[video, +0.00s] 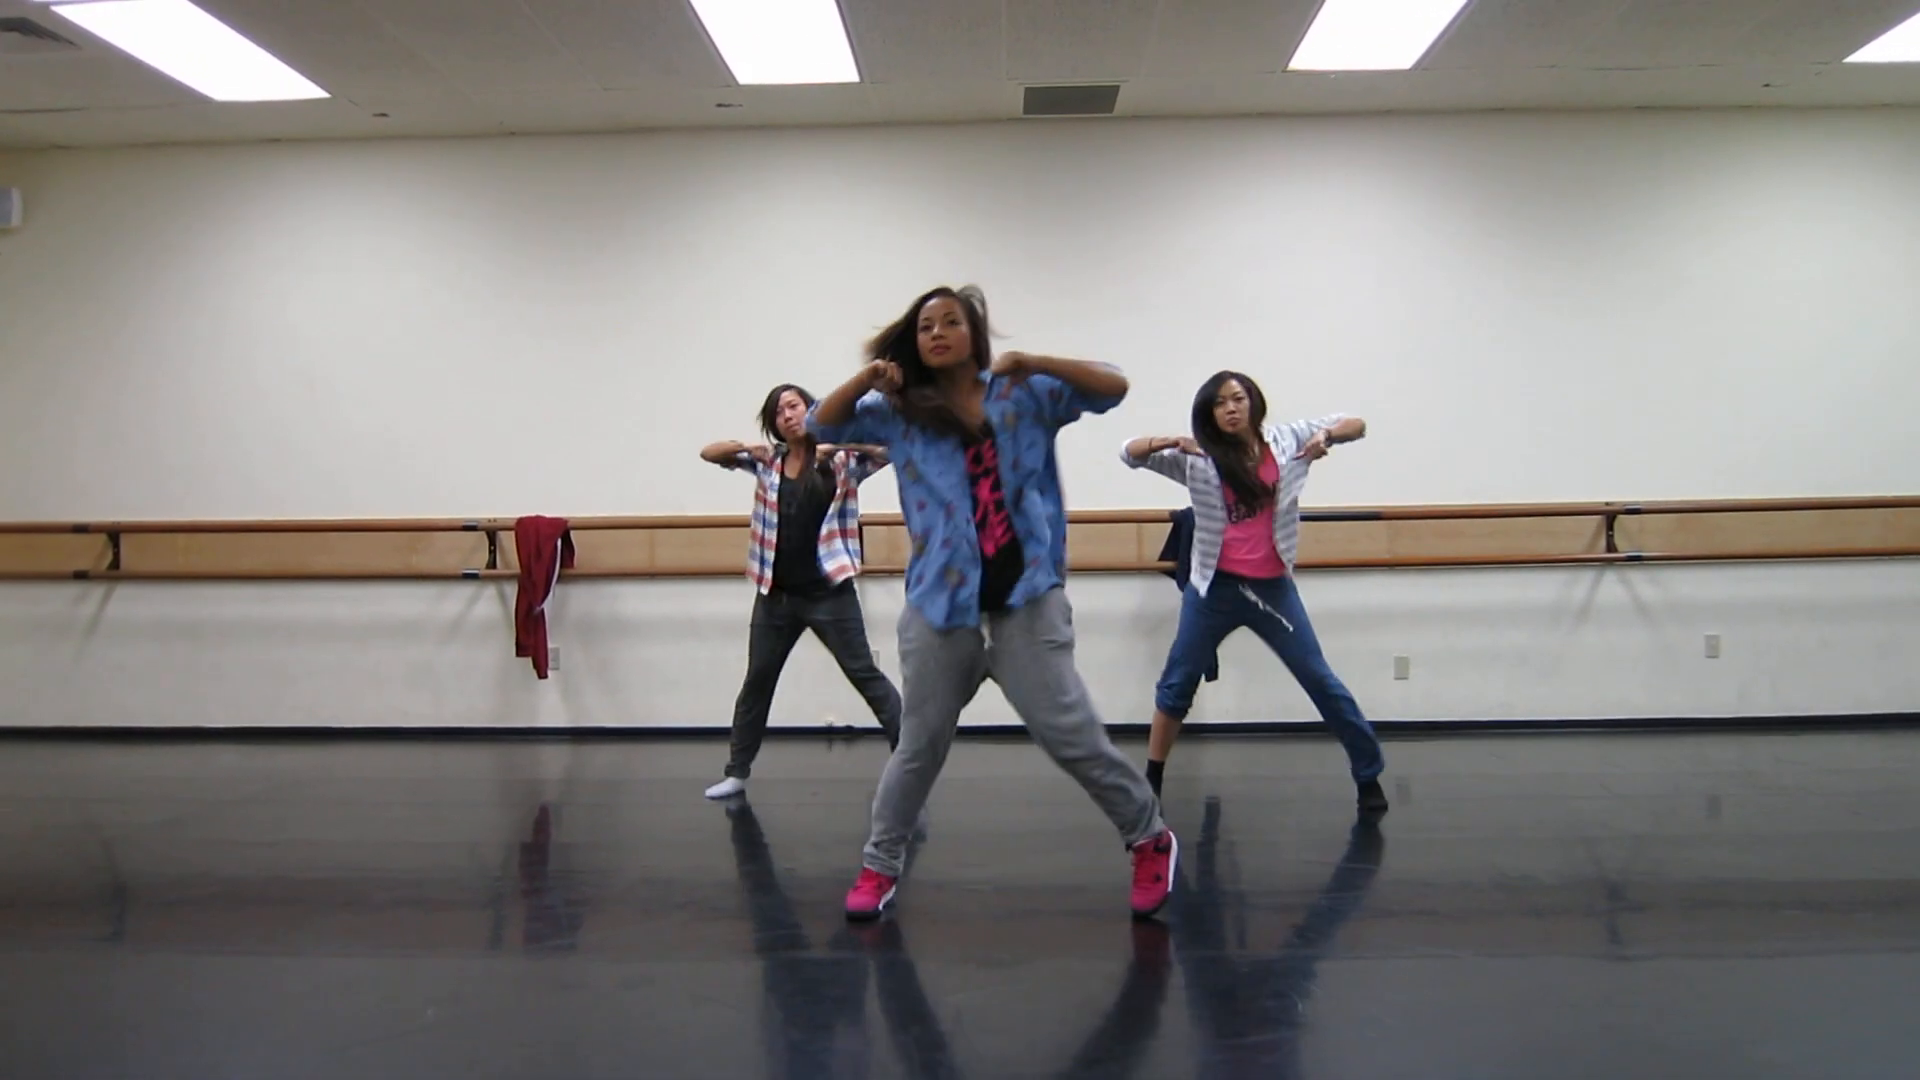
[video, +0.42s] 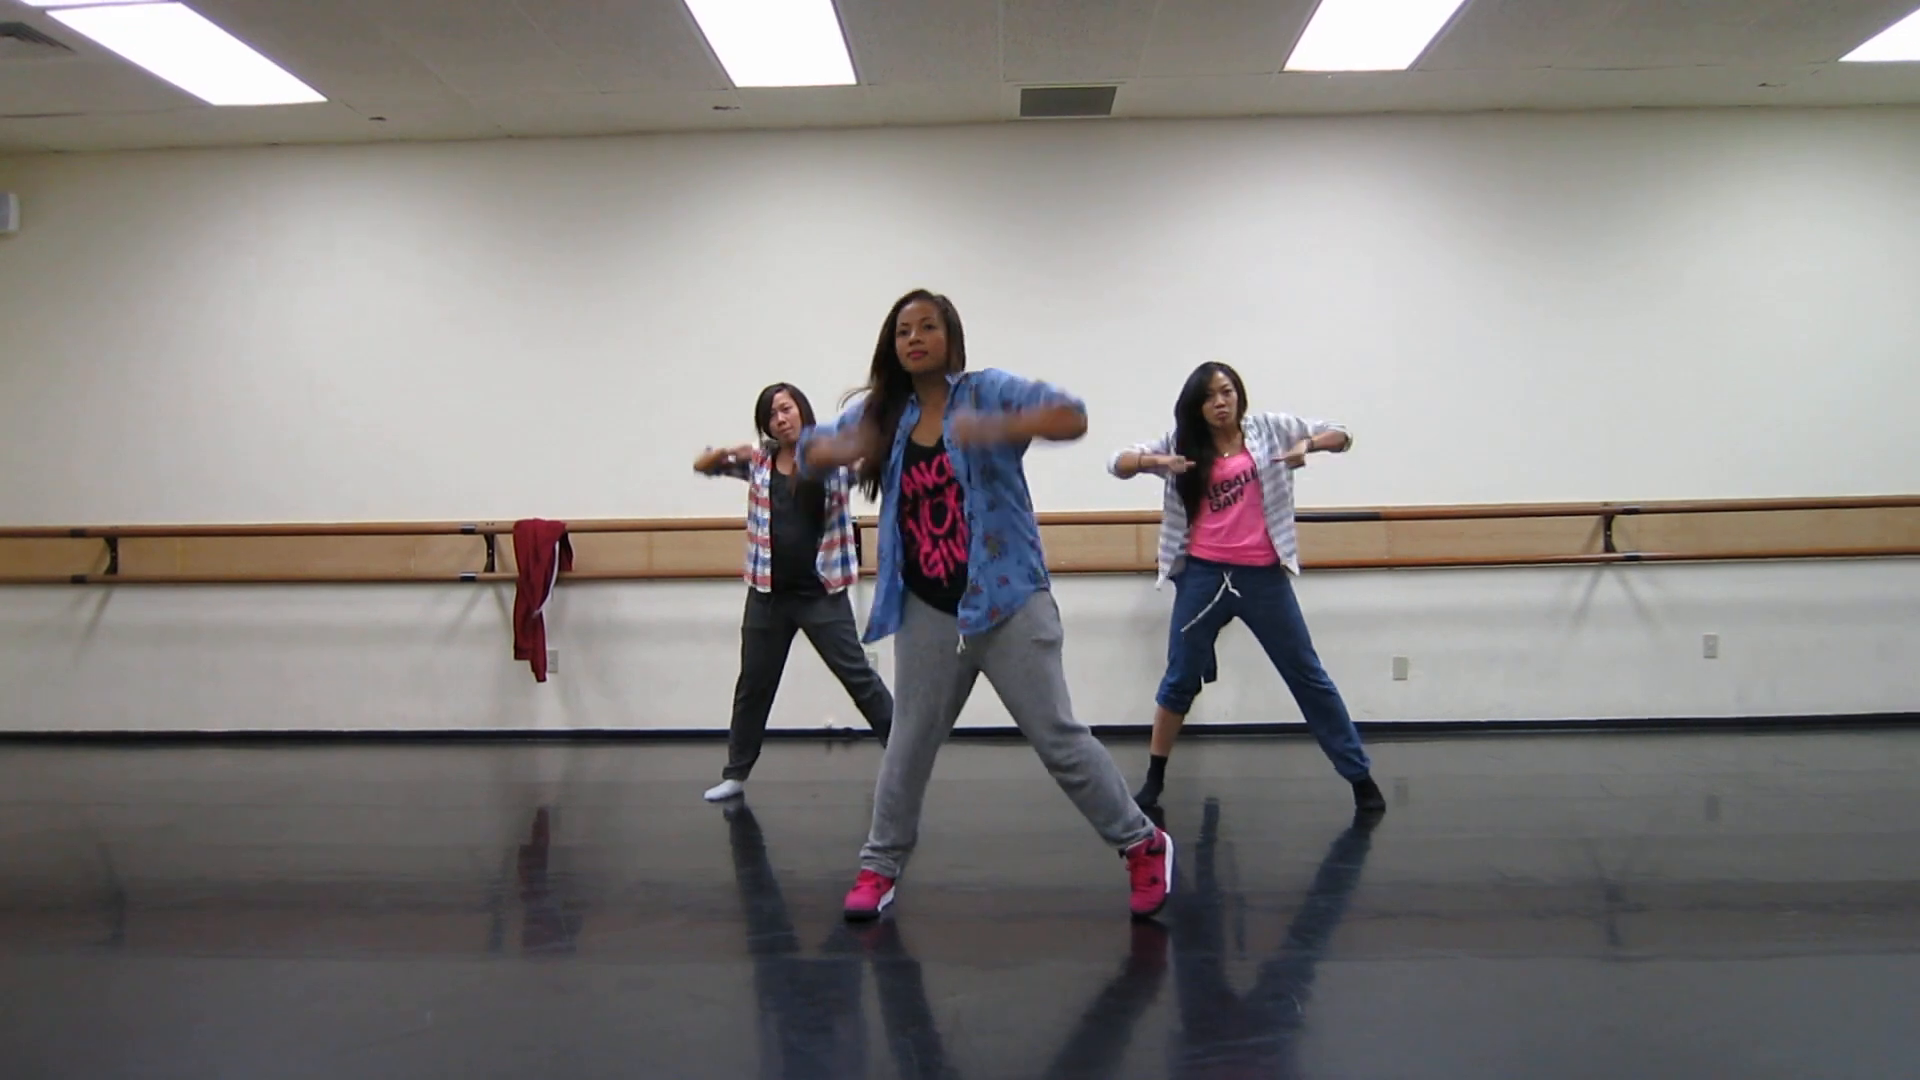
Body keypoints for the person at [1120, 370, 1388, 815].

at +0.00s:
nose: (1231, 409)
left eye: (1238, 399)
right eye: (1220, 403)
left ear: (1254, 403)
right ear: (1210, 414)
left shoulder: (1285, 439)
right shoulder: (1196, 460)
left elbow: (1356, 425)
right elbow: (1130, 453)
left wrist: (1328, 435)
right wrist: (1166, 443)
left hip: (1272, 589)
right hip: (1210, 589)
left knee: (1319, 680)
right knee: (1176, 686)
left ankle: (1367, 775)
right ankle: (1151, 783)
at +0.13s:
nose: (1229, 408)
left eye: (1236, 398)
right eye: (1219, 403)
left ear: (1251, 403)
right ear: (1208, 412)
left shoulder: (1281, 443)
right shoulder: (1194, 457)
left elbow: (1350, 457)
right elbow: (1130, 479)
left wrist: (1326, 469)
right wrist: (1169, 477)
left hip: (1271, 589)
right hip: (1210, 588)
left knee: (1322, 682)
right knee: (1181, 686)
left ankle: (1367, 779)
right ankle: (1151, 787)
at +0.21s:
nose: (1228, 405)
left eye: (1235, 396)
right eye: (1217, 399)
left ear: (1248, 400)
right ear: (1205, 410)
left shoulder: (1275, 447)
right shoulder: (1190, 459)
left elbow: (1329, 496)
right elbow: (1149, 517)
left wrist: (1330, 558)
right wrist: (1168, 562)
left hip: (1269, 584)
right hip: (1208, 584)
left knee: (1317, 679)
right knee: (1185, 683)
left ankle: (1366, 779)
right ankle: (1155, 785)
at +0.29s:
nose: (1226, 406)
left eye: (1232, 396)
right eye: (1214, 400)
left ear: (1245, 400)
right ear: (1201, 411)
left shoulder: (1274, 445)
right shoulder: (1187, 457)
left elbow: (1334, 481)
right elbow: (1137, 503)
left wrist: (1315, 508)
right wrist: (1161, 517)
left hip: (1265, 581)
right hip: (1204, 581)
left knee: (1313, 678)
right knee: (1181, 684)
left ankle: (1364, 781)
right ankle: (1153, 785)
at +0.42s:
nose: (1221, 401)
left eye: (1227, 392)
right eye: (1210, 396)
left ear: (1240, 395)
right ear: (1196, 405)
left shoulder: (1269, 429)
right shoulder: (1179, 444)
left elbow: (1341, 437)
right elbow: (1118, 465)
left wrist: (1308, 445)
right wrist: (1157, 462)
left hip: (1263, 577)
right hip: (1201, 577)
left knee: (1309, 678)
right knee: (1180, 681)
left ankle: (1360, 778)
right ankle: (1153, 783)